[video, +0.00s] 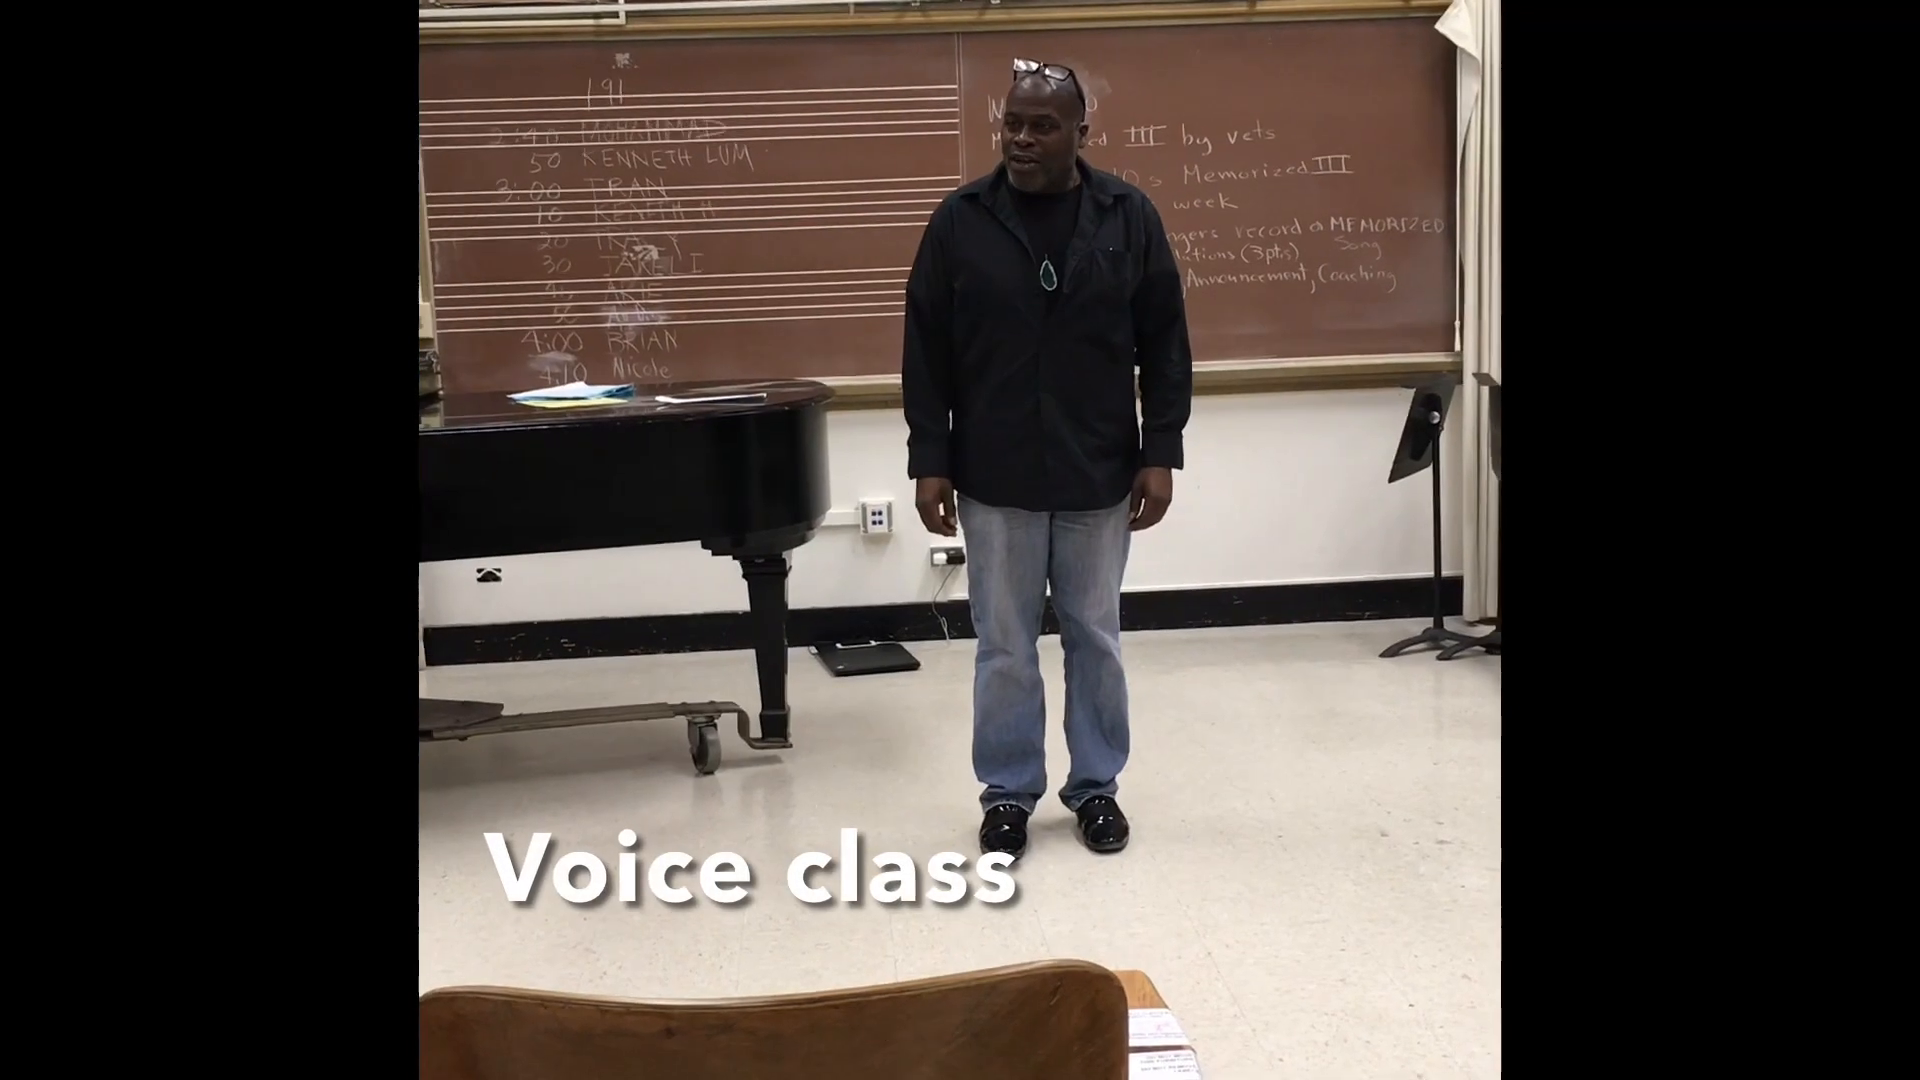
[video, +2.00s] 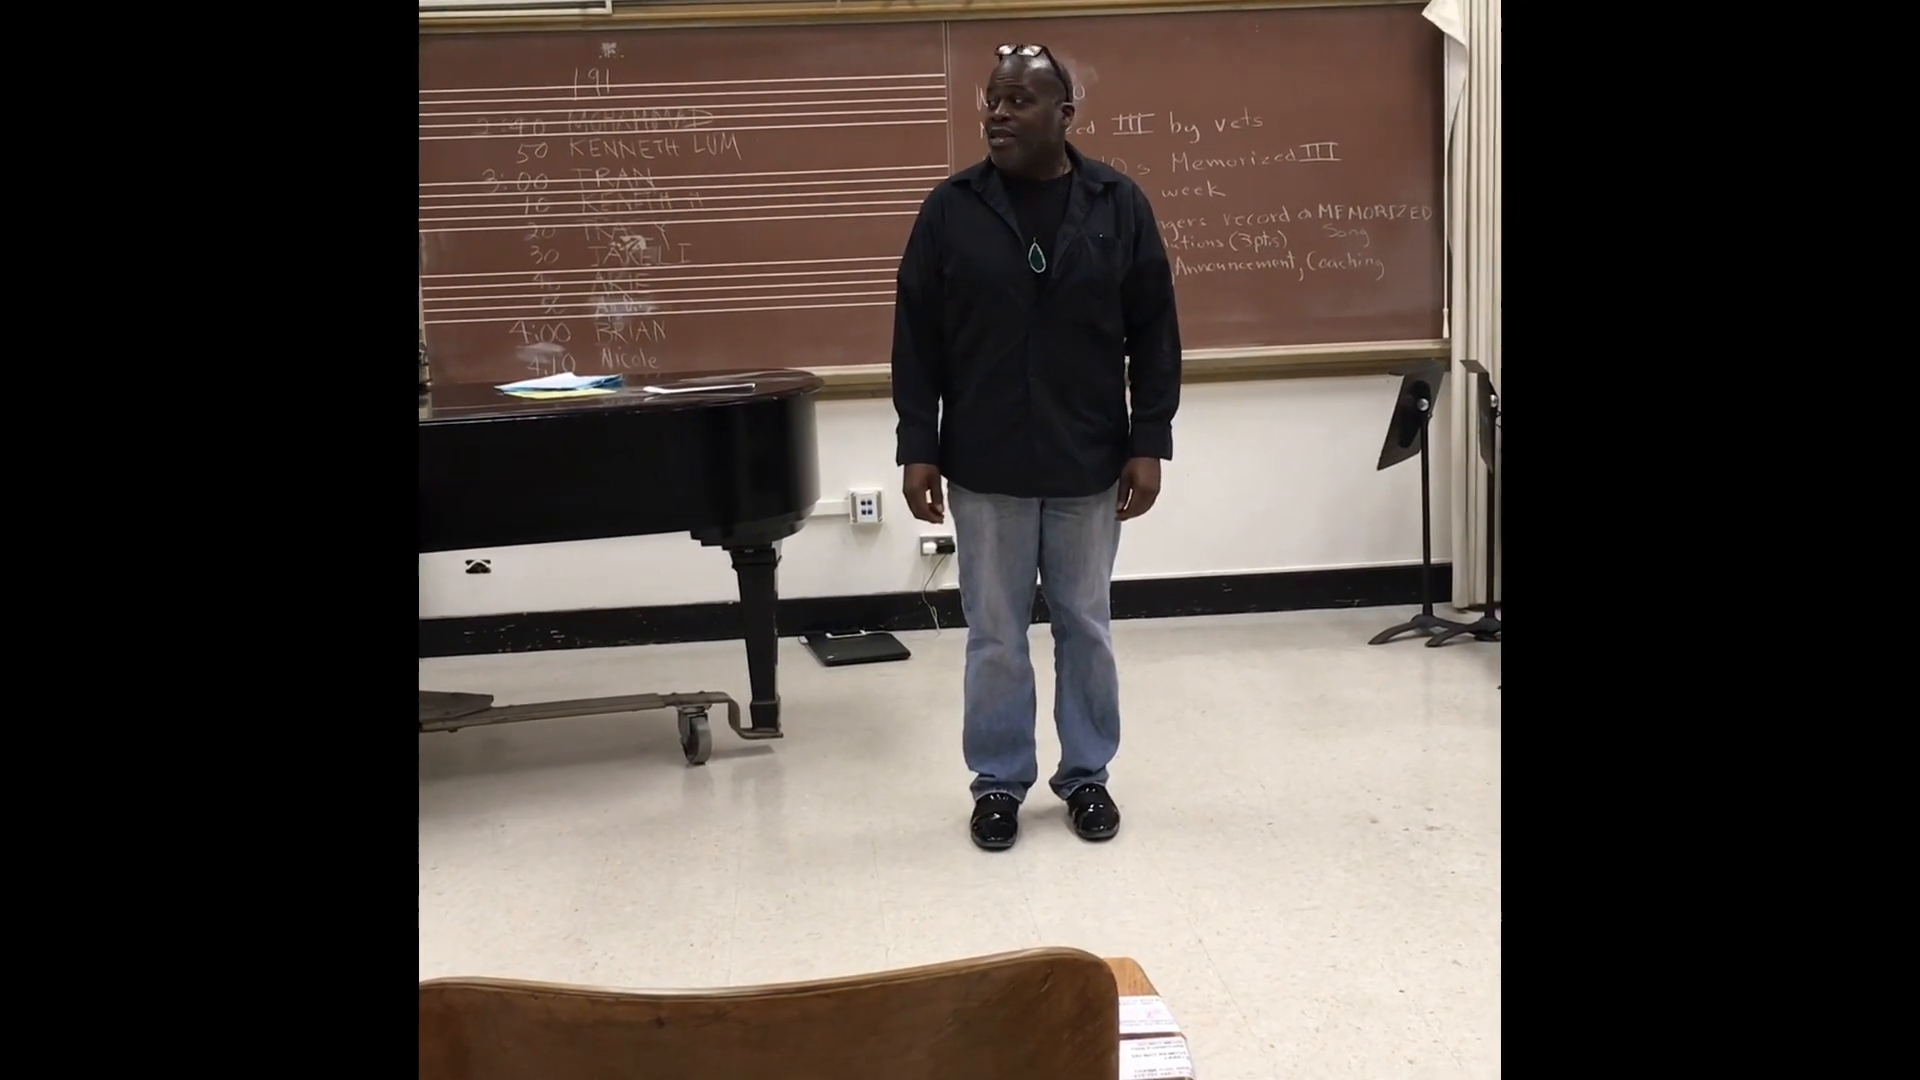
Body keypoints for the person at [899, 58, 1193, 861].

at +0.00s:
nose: (1022, 139)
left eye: (1040, 127)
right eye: (1012, 124)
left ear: (1080, 132)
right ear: (999, 125)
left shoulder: (1127, 216)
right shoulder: (958, 222)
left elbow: (1165, 343)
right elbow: (925, 349)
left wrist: (1159, 456)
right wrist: (929, 463)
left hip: (1098, 466)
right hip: (993, 469)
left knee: (1095, 637)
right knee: (1004, 645)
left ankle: (1096, 788)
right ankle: (1006, 796)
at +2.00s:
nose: (998, 113)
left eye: (1019, 100)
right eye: (992, 99)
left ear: (1066, 113)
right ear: (983, 109)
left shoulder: (1118, 203)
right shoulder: (950, 208)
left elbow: (1155, 331)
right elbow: (916, 333)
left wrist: (1148, 446)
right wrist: (917, 448)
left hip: (1088, 452)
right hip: (984, 455)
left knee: (1085, 625)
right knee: (995, 632)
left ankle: (1087, 776)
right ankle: (996, 782)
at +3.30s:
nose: (995, 116)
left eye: (1013, 102)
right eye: (991, 102)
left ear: (1065, 112)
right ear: (987, 111)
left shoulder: (1131, 200)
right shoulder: (966, 210)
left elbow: (1170, 331)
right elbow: (936, 337)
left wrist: (1160, 446)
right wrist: (934, 450)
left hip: (1105, 454)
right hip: (1000, 457)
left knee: (1105, 624)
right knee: (1014, 631)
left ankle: (1109, 774)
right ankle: (1019, 779)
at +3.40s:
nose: (997, 117)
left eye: (1015, 102)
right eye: (993, 102)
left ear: (1067, 112)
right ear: (989, 111)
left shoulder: (1133, 200)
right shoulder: (967, 210)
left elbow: (1172, 331)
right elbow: (938, 337)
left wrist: (1162, 446)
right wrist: (936, 451)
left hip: (1107, 454)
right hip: (1002, 456)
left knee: (1108, 624)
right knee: (1017, 631)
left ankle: (1111, 773)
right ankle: (1021, 779)